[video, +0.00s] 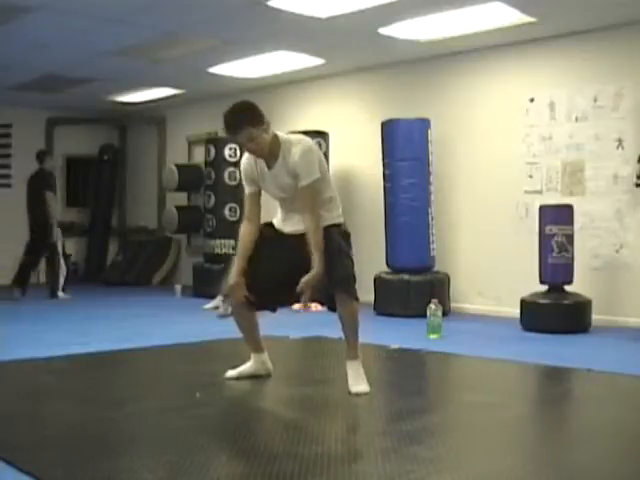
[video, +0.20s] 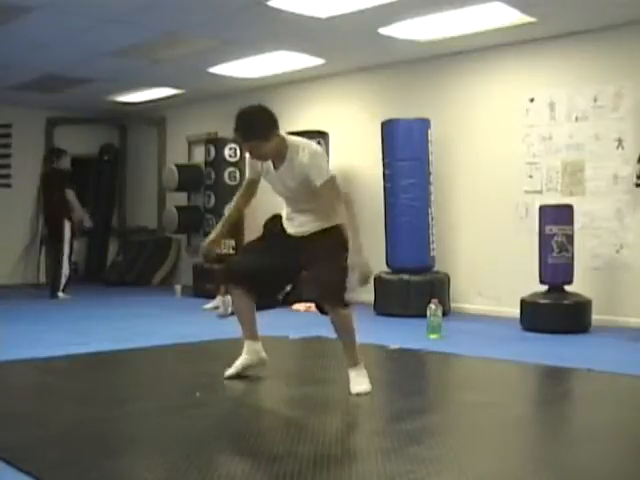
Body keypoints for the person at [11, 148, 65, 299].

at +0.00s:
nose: (53, 162)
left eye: (52, 159)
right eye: (51, 159)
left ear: (39, 160)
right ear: (46, 160)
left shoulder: (33, 177)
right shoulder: (48, 176)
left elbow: (33, 206)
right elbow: (50, 204)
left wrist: (35, 224)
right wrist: (54, 227)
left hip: (36, 224)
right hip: (47, 224)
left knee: (32, 255)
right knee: (55, 256)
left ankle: (18, 285)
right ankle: (56, 289)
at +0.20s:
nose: (69, 163)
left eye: (68, 160)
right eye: (66, 160)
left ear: (53, 161)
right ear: (58, 161)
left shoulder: (46, 176)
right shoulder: (63, 176)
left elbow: (43, 202)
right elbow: (71, 199)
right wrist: (83, 216)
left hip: (50, 217)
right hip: (62, 218)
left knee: (52, 251)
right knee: (64, 253)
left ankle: (53, 285)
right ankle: (58, 289)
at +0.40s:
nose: (84, 167)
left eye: (84, 164)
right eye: (82, 164)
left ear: (69, 166)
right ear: (76, 165)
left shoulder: (63, 182)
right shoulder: (79, 181)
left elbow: (62, 204)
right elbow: (84, 201)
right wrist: (98, 215)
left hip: (65, 219)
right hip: (76, 220)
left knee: (66, 253)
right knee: (73, 254)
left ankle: (58, 287)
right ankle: (60, 289)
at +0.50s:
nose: (90, 167)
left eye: (89, 163)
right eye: (87, 164)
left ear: (75, 165)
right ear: (81, 165)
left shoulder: (70, 180)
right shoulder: (83, 179)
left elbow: (70, 203)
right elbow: (88, 201)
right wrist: (99, 217)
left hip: (73, 219)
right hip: (83, 219)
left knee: (80, 255)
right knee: (82, 256)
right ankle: (63, 287)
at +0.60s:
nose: (98, 168)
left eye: (97, 165)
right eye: (96, 165)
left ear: (83, 166)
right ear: (90, 166)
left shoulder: (77, 180)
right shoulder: (89, 180)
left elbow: (74, 204)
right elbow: (92, 203)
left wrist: (79, 217)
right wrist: (101, 219)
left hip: (80, 219)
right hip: (90, 220)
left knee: (88, 255)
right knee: (97, 255)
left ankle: (91, 286)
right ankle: (76, 284)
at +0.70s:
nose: (106, 168)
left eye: (106, 164)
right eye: (105, 164)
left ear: (94, 163)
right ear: (98, 162)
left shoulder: (84, 175)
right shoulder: (93, 176)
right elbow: (96, 199)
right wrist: (108, 215)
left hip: (85, 218)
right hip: (95, 218)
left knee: (90, 252)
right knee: (107, 253)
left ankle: (90, 283)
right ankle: (95, 285)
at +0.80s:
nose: (112, 167)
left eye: (113, 163)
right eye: (111, 163)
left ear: (100, 160)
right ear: (106, 161)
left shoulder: (93, 175)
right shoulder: (101, 178)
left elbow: (98, 200)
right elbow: (102, 199)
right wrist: (114, 215)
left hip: (92, 217)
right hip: (102, 218)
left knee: (94, 252)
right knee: (113, 251)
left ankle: (92, 285)